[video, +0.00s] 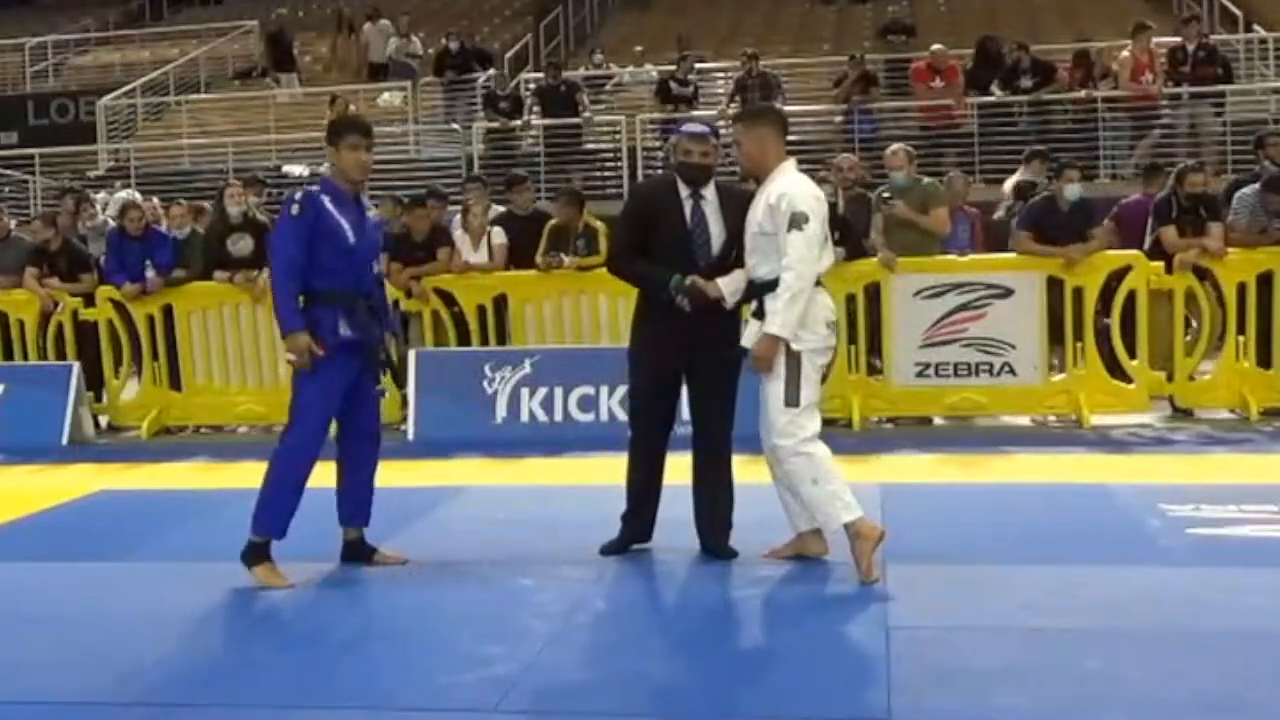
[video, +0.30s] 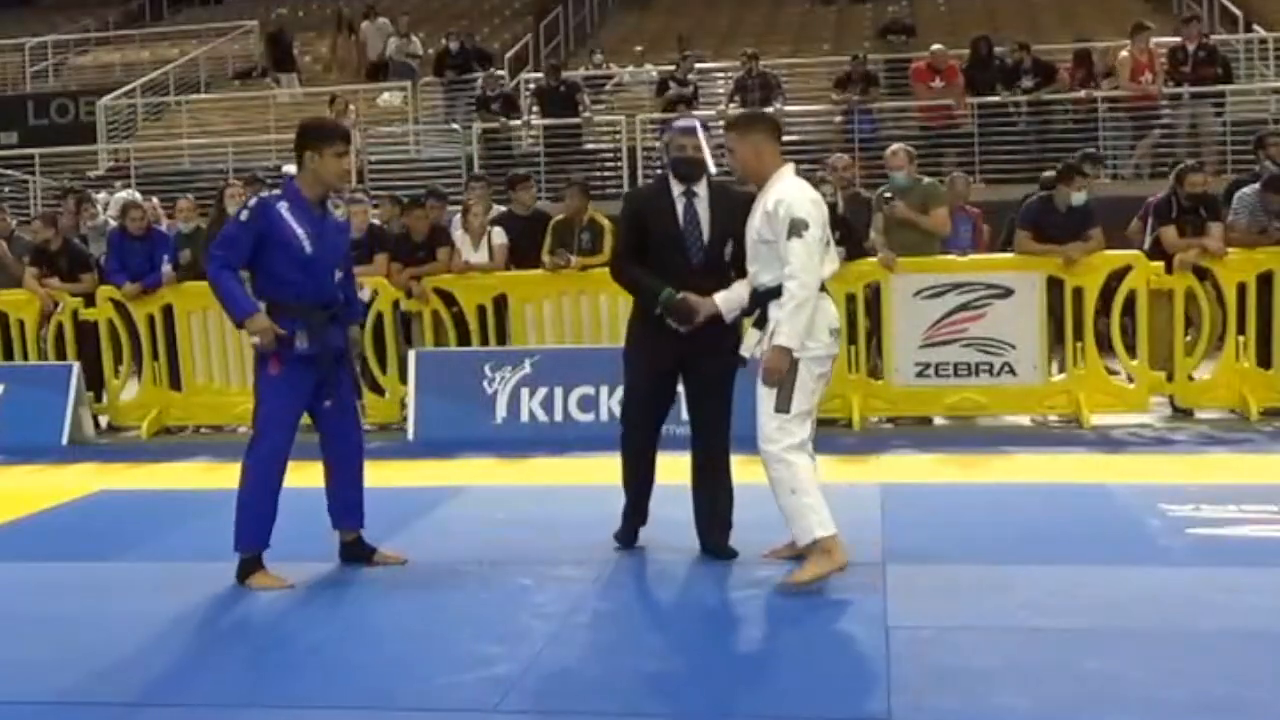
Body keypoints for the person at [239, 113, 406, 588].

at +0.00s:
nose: (364, 159)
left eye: (368, 150)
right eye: (354, 150)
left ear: (371, 156)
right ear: (332, 154)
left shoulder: (362, 211)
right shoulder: (304, 205)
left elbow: (369, 276)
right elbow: (283, 271)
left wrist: (383, 326)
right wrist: (293, 329)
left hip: (365, 336)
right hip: (324, 336)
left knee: (362, 438)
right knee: (304, 438)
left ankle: (355, 540)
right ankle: (259, 545)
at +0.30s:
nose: (348, 166)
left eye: (348, 157)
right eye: (339, 157)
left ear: (332, 160)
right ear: (310, 159)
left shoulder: (335, 221)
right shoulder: (266, 210)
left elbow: (346, 281)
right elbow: (219, 264)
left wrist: (354, 321)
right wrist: (250, 314)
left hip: (332, 348)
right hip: (284, 348)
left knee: (346, 445)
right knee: (268, 452)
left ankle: (352, 541)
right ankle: (250, 560)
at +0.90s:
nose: (364, 164)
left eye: (362, 155)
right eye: (356, 155)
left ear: (337, 160)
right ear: (328, 159)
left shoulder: (343, 214)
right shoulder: (289, 206)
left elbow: (344, 274)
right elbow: (254, 274)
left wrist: (365, 303)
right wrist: (283, 336)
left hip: (340, 334)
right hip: (303, 336)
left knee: (339, 445)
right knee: (322, 442)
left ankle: (309, 549)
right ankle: (269, 538)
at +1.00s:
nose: (376, 169)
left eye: (375, 160)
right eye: (370, 160)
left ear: (350, 163)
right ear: (342, 162)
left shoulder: (351, 214)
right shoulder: (301, 206)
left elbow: (355, 273)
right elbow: (261, 268)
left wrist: (381, 313)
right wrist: (287, 332)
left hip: (340, 338)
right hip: (308, 340)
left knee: (340, 441)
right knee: (342, 441)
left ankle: (311, 545)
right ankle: (301, 543)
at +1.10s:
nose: (391, 171)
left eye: (390, 162)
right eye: (384, 162)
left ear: (365, 166)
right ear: (358, 165)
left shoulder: (363, 215)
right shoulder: (320, 203)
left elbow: (359, 279)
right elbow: (272, 258)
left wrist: (392, 312)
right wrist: (295, 326)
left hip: (343, 338)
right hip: (314, 338)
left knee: (335, 441)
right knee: (356, 438)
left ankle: (307, 549)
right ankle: (348, 559)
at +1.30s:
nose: (436, 196)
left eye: (437, 187)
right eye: (429, 187)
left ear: (411, 188)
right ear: (402, 187)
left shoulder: (396, 230)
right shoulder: (367, 221)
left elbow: (367, 287)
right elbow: (314, 275)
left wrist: (391, 322)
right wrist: (352, 339)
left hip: (348, 349)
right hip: (326, 351)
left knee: (342, 449)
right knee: (372, 452)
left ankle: (309, 551)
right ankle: (386, 566)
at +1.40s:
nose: (463, 219)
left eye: (465, 208)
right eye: (458, 208)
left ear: (431, 205)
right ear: (432, 204)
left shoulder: (400, 235)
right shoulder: (389, 240)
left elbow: (377, 305)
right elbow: (348, 294)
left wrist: (414, 348)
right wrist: (412, 346)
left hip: (319, 342)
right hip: (329, 347)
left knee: (334, 450)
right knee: (375, 454)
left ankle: (307, 551)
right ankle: (385, 566)